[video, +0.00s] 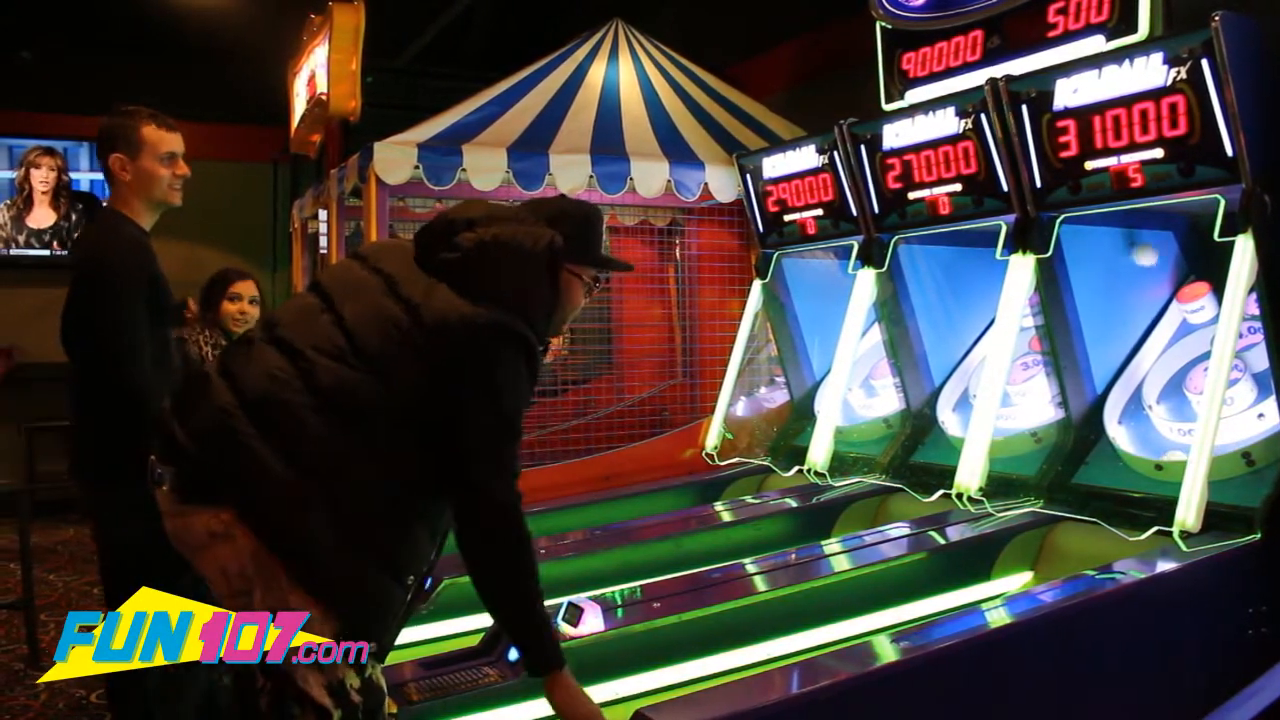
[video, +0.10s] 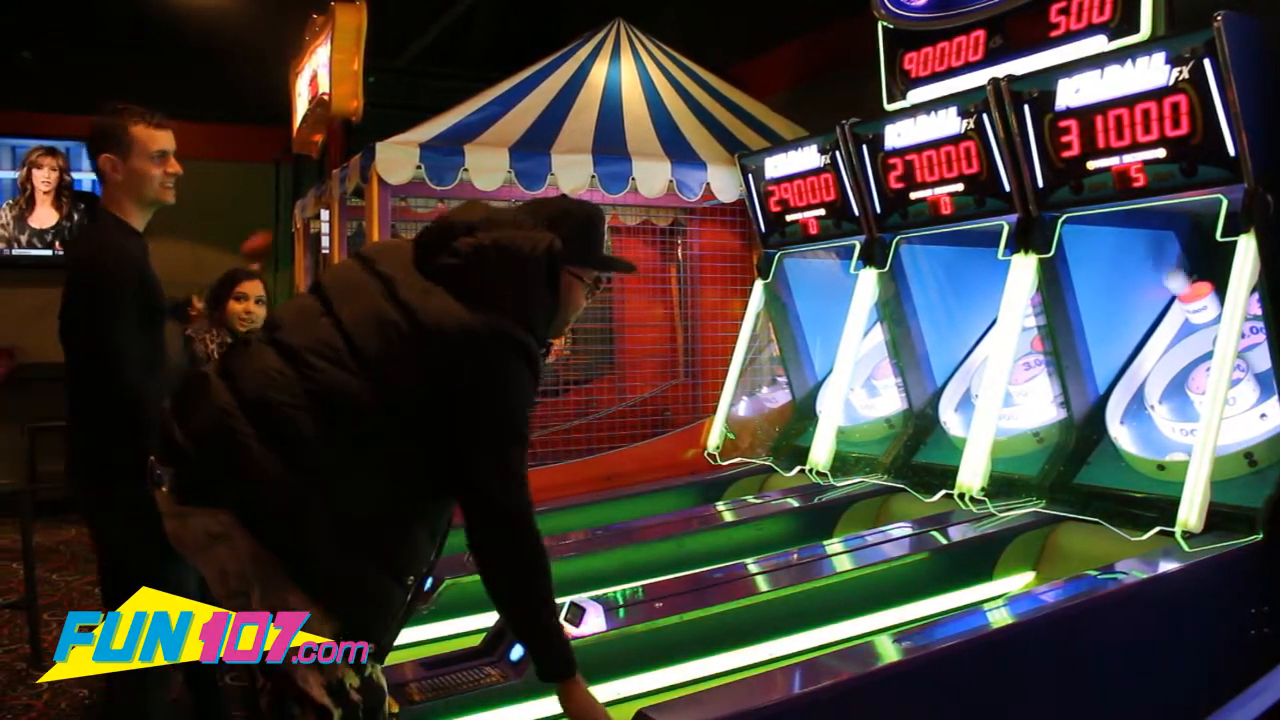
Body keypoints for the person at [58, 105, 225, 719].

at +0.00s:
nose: (183, 172)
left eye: (183, 161)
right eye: (169, 160)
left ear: (131, 171)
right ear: (122, 167)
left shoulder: (114, 240)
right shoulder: (118, 249)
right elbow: (133, 370)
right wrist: (166, 448)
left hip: (117, 454)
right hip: (123, 461)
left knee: (139, 603)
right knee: (156, 603)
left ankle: (138, 703)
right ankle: (151, 706)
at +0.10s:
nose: (174, 170)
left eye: (173, 158)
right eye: (160, 158)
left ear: (123, 171)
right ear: (113, 167)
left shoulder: (115, 241)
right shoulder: (109, 250)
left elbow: (132, 357)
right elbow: (124, 371)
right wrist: (151, 456)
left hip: (120, 456)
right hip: (118, 462)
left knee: (138, 601)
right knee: (152, 602)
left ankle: (135, 703)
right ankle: (145, 705)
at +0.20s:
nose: (164, 169)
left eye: (163, 156)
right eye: (148, 156)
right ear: (100, 166)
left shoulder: (109, 246)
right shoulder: (94, 255)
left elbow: (118, 376)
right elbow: (106, 392)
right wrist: (146, 498)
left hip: (115, 470)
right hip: (112, 478)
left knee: (127, 624)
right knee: (132, 627)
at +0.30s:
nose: (153, 167)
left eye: (152, 155)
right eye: (137, 155)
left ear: (97, 167)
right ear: (86, 165)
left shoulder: (93, 244)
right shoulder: (83, 253)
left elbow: (105, 387)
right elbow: (96, 397)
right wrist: (136, 507)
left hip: (99, 476)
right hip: (97, 485)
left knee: (105, 633)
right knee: (110, 638)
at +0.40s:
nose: (140, 165)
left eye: (139, 153)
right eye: (124, 153)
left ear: (88, 167)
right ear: (74, 163)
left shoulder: (87, 246)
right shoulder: (66, 254)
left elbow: (90, 389)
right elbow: (72, 399)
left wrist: (122, 487)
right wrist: (115, 510)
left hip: (88, 482)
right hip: (74, 490)